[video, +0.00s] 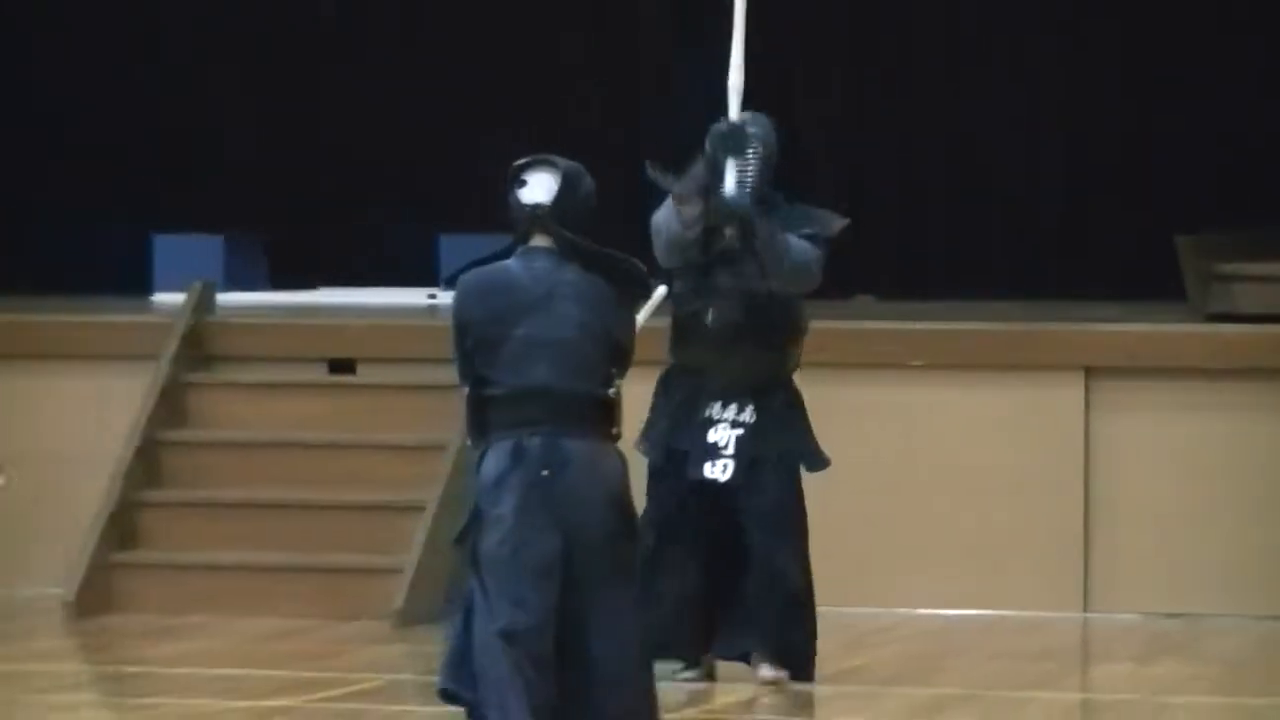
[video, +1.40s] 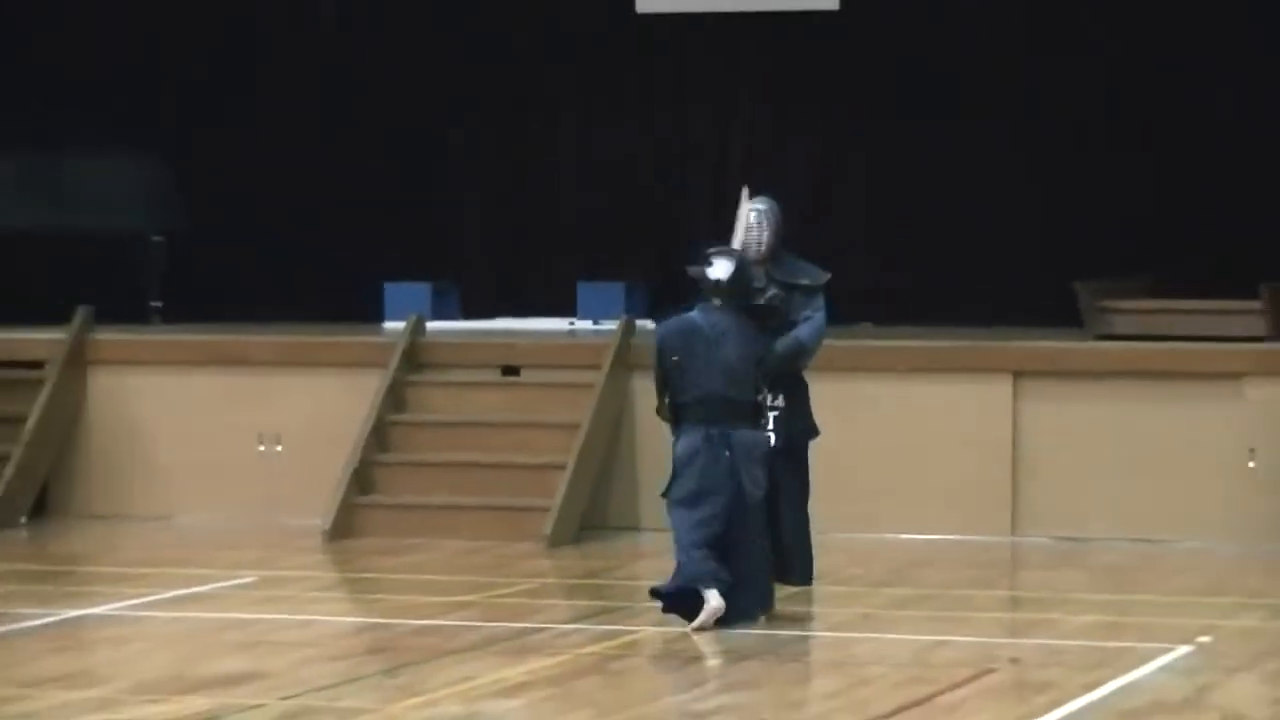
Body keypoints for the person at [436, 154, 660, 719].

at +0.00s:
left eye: (521, 206)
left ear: (517, 214)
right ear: (579, 218)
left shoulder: (476, 286)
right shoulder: (603, 292)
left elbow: (471, 372)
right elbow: (619, 361)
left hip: (509, 456)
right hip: (591, 456)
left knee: (512, 617)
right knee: (608, 611)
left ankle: (512, 710)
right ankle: (616, 709)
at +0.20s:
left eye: (582, 212)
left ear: (584, 217)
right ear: (644, 220)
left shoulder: (546, 283)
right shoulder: (669, 288)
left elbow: (540, 364)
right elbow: (675, 363)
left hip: (581, 435)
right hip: (657, 438)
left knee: (576, 572)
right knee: (656, 575)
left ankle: (556, 699)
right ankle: (656, 700)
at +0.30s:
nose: (628, 221)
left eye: (627, 212)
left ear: (625, 217)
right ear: (683, 220)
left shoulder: (589, 282)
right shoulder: (709, 284)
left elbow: (583, 359)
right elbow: (718, 352)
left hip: (622, 430)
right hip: (697, 431)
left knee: (619, 565)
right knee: (696, 570)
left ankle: (592, 694)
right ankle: (692, 699)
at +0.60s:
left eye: (676, 222)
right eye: (722, 225)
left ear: (671, 227)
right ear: (725, 228)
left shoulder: (638, 287)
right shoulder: (750, 287)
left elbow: (628, 359)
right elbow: (753, 352)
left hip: (668, 425)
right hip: (735, 425)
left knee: (673, 540)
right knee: (739, 540)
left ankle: (678, 667)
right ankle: (734, 670)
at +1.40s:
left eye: (706, 282)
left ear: (700, 285)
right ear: (737, 289)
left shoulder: (671, 331)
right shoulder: (751, 332)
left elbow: (665, 393)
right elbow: (765, 381)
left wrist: (681, 419)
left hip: (696, 434)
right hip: (747, 432)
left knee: (691, 511)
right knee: (746, 517)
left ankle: (705, 587)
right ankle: (749, 602)